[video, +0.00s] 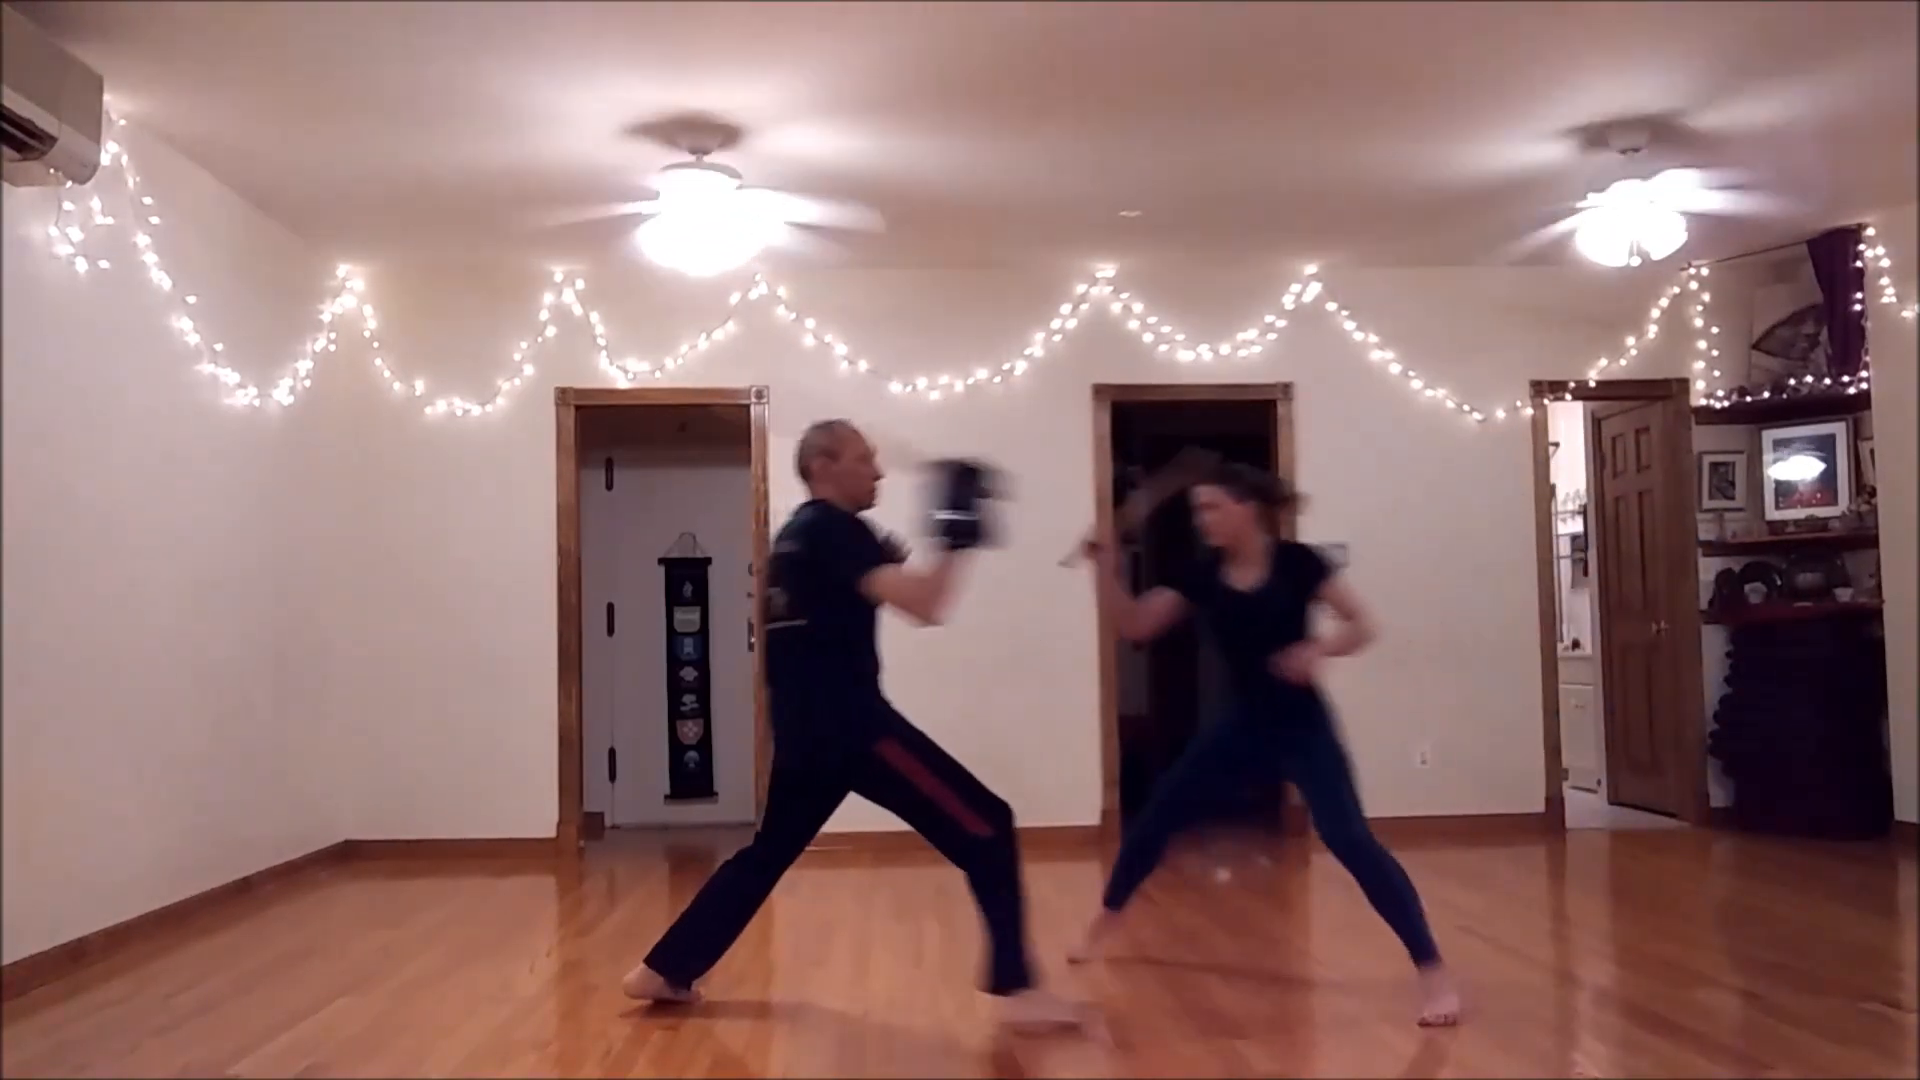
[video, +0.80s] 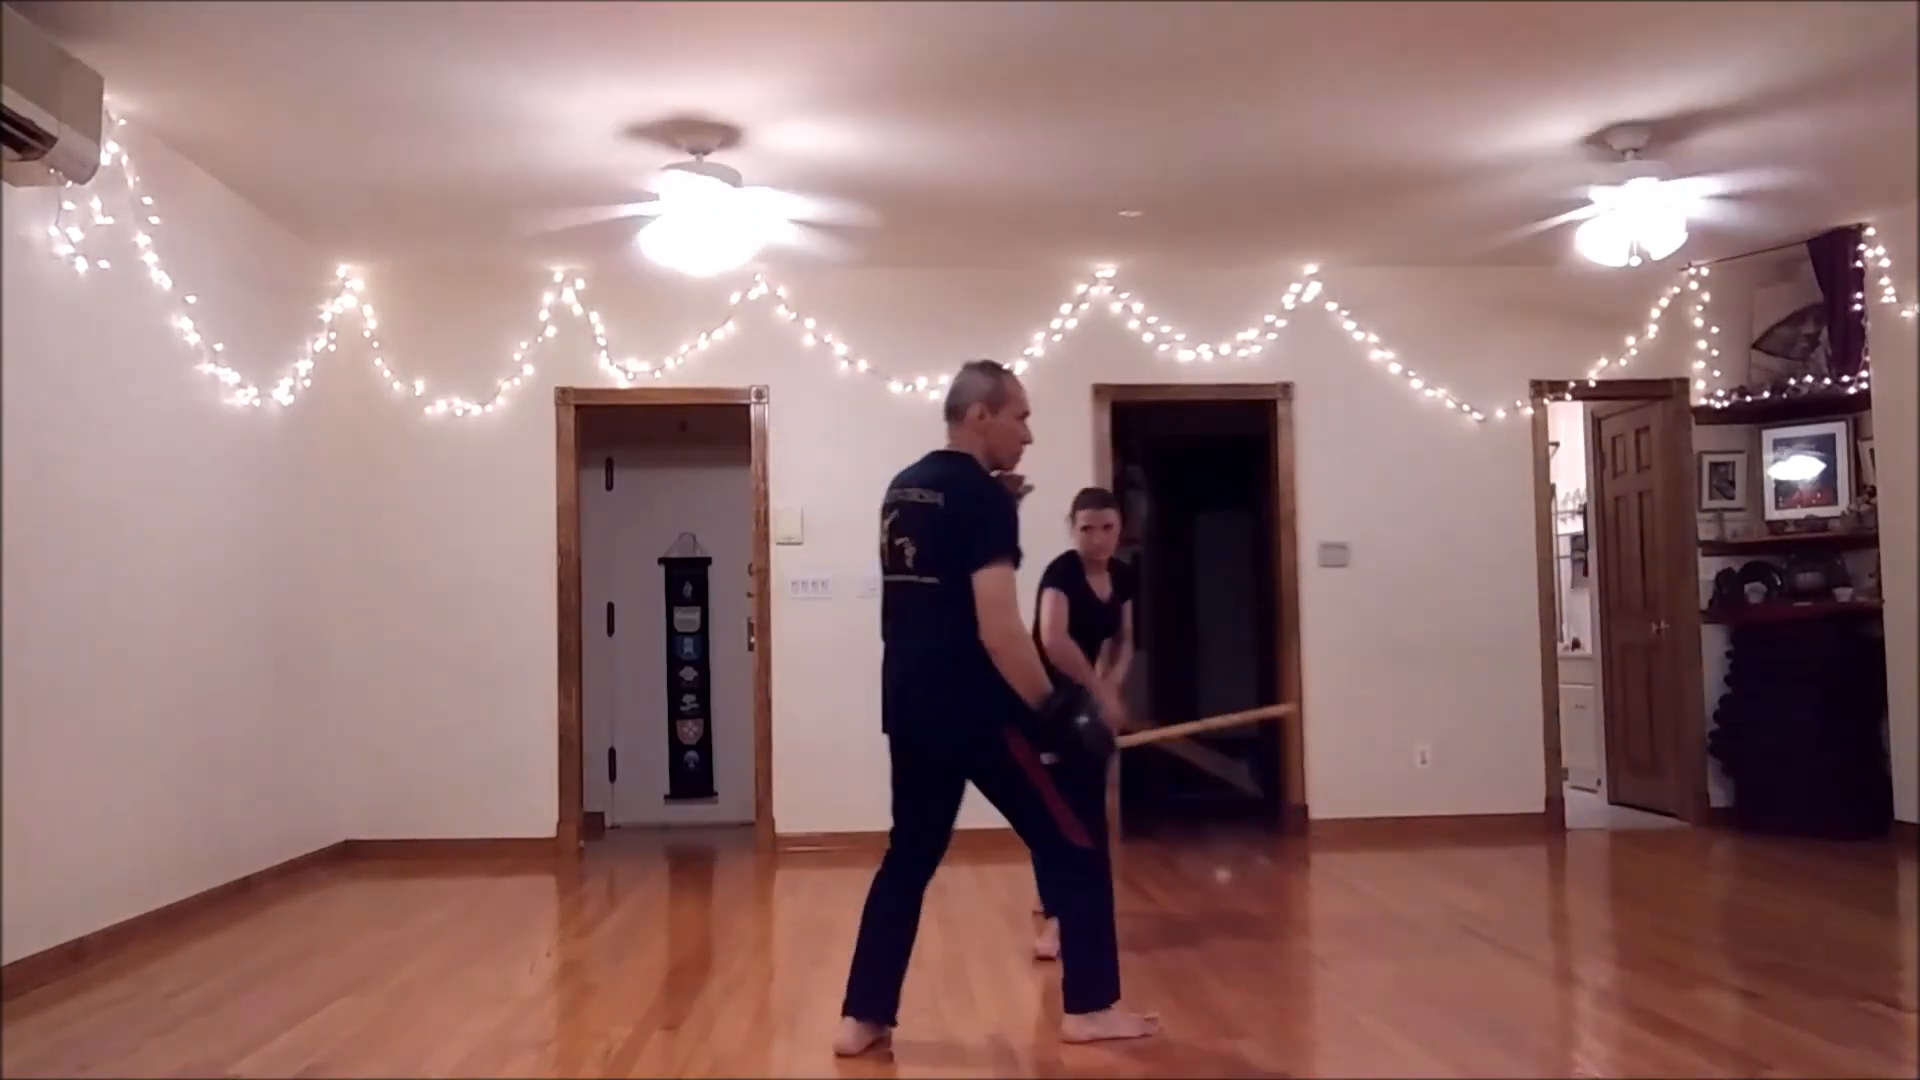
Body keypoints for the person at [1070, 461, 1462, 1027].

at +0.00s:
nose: (1202, 520)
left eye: (1212, 508)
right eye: (1198, 511)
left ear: (1250, 508)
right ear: (1200, 519)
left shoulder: (1297, 564)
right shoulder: (1204, 573)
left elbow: (1362, 627)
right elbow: (1135, 624)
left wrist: (1319, 648)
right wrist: (1106, 568)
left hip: (1300, 723)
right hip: (1237, 725)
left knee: (1346, 837)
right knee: (1163, 808)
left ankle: (1430, 968)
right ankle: (1108, 915)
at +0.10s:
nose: (1161, 522)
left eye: (1171, 511)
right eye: (1157, 512)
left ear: (1205, 511)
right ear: (1154, 518)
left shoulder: (1243, 571)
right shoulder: (1148, 576)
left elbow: (1289, 638)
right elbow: (1084, 619)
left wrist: (1248, 631)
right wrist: (1061, 563)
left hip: (1247, 728)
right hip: (1175, 731)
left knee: (1305, 819)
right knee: (1129, 828)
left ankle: (1358, 935)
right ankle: (1112, 931)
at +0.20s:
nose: (1134, 523)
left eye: (1145, 512)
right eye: (1127, 513)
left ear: (1176, 514)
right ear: (1121, 518)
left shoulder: (1206, 572)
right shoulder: (1118, 571)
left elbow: (1238, 638)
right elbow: (1074, 626)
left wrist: (1220, 623)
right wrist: (1117, 590)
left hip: (1193, 716)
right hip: (1135, 718)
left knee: (1244, 795)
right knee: (1117, 827)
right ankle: (1081, 925)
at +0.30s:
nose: (1120, 527)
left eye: (1130, 514)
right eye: (1111, 518)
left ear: (1155, 515)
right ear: (1102, 522)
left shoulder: (1180, 563)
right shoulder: (1095, 572)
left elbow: (1207, 625)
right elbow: (1081, 636)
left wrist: (1165, 592)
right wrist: (1132, 654)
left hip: (1164, 700)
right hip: (1106, 702)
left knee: (1186, 817)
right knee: (1112, 814)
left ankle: (1144, 868)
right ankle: (1074, 871)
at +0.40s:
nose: (1112, 532)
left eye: (1123, 520)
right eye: (1103, 523)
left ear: (1145, 520)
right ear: (1093, 526)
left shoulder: (1166, 570)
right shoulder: (1086, 573)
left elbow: (1185, 636)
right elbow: (1075, 646)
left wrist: (1148, 593)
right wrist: (1133, 693)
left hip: (1143, 704)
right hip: (1086, 702)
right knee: (1083, 812)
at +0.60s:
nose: (1110, 540)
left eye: (1120, 530)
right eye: (1100, 531)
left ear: (1134, 534)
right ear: (1086, 533)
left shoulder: (1136, 573)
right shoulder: (1078, 576)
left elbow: (1159, 636)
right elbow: (1074, 644)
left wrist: (1135, 630)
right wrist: (1104, 682)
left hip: (1104, 688)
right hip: (1067, 687)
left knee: (1098, 787)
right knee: (1083, 790)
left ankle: (1071, 887)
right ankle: (1057, 889)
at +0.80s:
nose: (1098, 537)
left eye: (1107, 528)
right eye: (1088, 528)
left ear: (1120, 530)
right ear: (1073, 530)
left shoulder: (1122, 575)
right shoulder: (1063, 571)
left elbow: (1124, 641)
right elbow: (1052, 639)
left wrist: (1107, 690)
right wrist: (1099, 691)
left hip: (1088, 697)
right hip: (1049, 694)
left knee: (1090, 808)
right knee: (1055, 808)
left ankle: (1083, 913)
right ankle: (1050, 915)